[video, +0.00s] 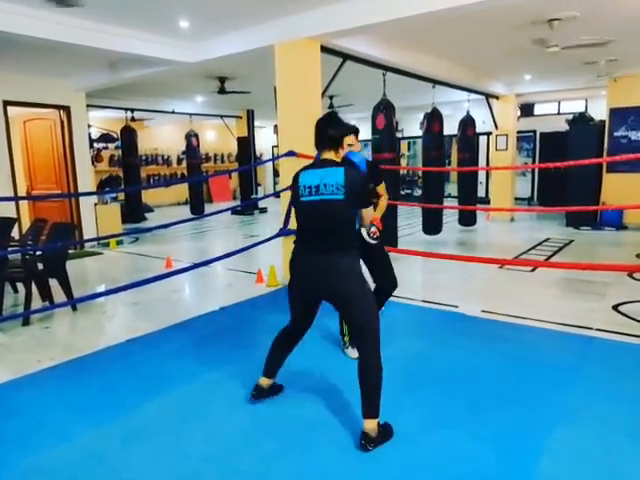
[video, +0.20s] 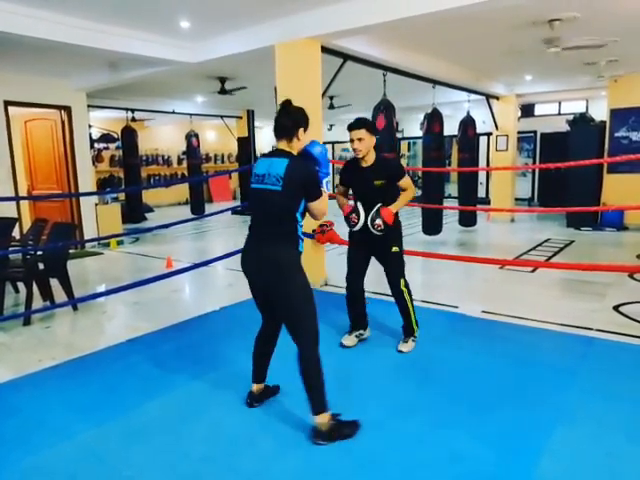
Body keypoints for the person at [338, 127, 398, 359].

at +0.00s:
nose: (354, 149)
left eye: (356, 143)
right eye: (349, 145)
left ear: (360, 143)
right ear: (338, 147)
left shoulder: (368, 167)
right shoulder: (330, 171)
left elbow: (383, 195)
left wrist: (376, 218)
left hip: (366, 230)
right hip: (342, 232)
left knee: (388, 283)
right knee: (346, 287)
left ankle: (361, 323)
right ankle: (348, 336)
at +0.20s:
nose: (355, 145)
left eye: (360, 140)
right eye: (352, 141)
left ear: (373, 140)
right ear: (350, 142)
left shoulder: (390, 165)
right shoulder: (349, 168)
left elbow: (410, 190)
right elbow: (340, 193)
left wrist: (392, 210)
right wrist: (346, 208)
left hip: (387, 231)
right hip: (359, 232)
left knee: (397, 283)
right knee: (353, 282)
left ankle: (410, 333)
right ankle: (359, 328)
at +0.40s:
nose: (361, 146)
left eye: (366, 141)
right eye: (359, 141)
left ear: (380, 141)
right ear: (359, 144)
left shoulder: (395, 169)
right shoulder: (361, 172)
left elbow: (414, 202)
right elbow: (362, 199)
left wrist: (384, 210)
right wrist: (359, 212)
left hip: (397, 233)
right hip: (375, 232)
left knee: (399, 285)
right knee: (365, 278)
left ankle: (412, 333)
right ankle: (385, 312)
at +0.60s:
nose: (359, 149)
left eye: (364, 144)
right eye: (357, 145)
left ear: (377, 145)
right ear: (358, 146)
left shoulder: (392, 169)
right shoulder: (363, 172)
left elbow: (414, 200)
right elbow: (366, 201)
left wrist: (381, 205)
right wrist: (357, 209)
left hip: (398, 230)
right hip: (378, 229)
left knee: (393, 283)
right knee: (378, 279)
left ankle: (412, 333)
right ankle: (394, 316)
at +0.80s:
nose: (354, 152)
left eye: (358, 147)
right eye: (353, 148)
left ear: (372, 146)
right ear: (356, 150)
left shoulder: (388, 170)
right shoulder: (362, 176)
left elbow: (414, 198)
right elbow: (369, 204)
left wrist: (388, 218)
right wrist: (356, 213)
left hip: (396, 229)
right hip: (379, 230)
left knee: (379, 280)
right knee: (381, 277)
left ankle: (396, 337)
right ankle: (399, 318)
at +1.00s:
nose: (345, 157)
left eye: (349, 152)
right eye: (344, 153)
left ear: (364, 151)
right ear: (350, 155)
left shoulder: (381, 178)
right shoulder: (358, 180)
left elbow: (405, 207)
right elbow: (368, 209)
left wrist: (374, 222)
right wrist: (347, 221)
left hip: (393, 235)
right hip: (379, 235)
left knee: (370, 288)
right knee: (384, 278)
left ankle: (376, 352)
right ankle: (400, 319)